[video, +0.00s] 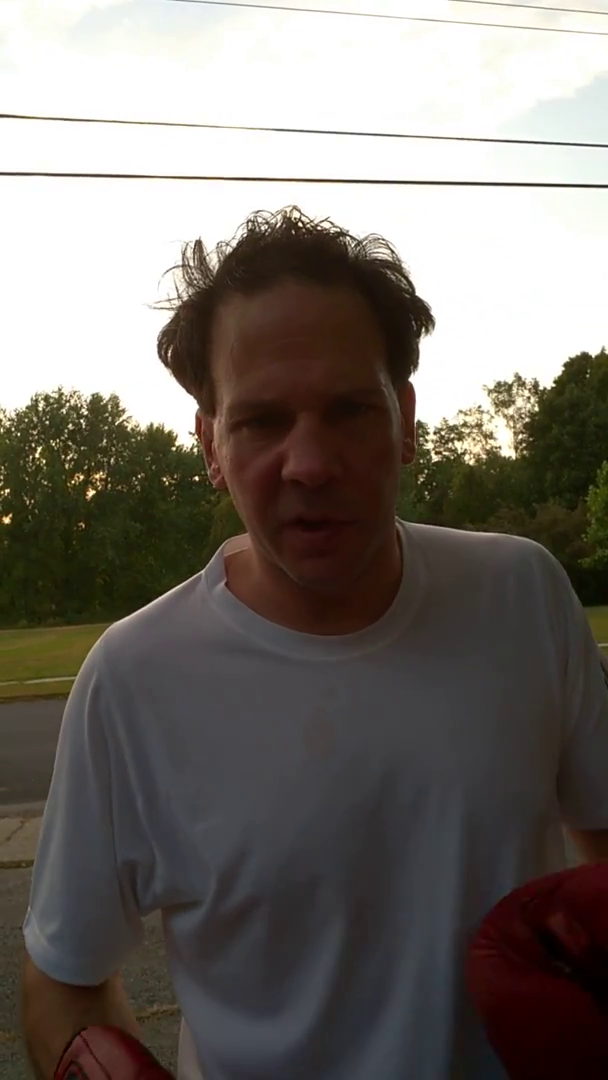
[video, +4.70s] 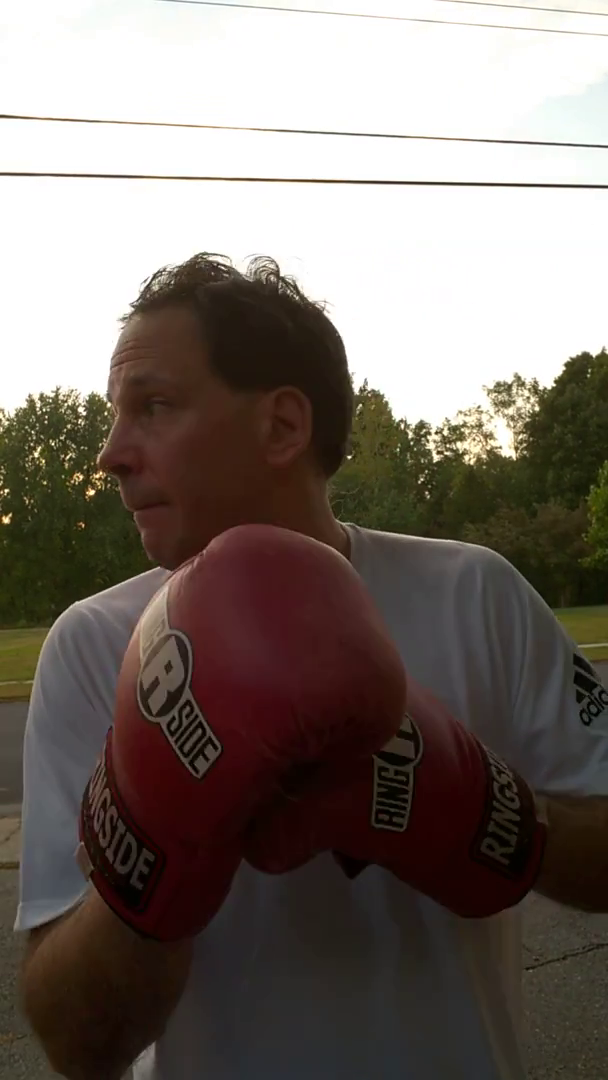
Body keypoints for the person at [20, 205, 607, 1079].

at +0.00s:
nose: (310, 463)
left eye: (349, 410)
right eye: (264, 420)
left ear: (405, 422)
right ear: (212, 447)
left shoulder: (524, 595)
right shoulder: (130, 680)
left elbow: (604, 833)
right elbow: (64, 977)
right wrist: (98, 1057)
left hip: (523, 1060)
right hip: (262, 1068)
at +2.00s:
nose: (300, 467)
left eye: (336, 418)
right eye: (255, 426)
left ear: (389, 423)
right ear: (201, 450)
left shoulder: (512, 600)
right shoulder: (125, 666)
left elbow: (605, 791)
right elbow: (53, 945)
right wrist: (111, 969)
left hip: (518, 1064)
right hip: (247, 1070)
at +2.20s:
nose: (389, 543)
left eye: (417, 489)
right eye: (339, 499)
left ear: (437, 446)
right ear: (231, 464)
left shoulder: (503, 601)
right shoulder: (126, 667)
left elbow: (601, 790)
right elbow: (43, 977)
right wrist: (75, 927)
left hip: (524, 1064)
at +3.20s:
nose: (304, 468)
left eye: (340, 415)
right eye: (260, 430)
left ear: (400, 418)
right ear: (219, 451)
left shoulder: (514, 606)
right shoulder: (138, 652)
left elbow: (596, 807)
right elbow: (47, 975)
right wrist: (99, 901)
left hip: (514, 1064)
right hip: (253, 1066)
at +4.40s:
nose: (237, 445)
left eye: (279, 396)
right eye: (206, 412)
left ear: (364, 421)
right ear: (188, 447)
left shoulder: (491, 601)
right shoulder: (116, 641)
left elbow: (607, 842)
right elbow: (81, 1036)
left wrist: (495, 818)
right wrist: (145, 865)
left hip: (486, 1061)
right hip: (228, 1069)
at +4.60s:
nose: (144, 451)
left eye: (186, 403)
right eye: (140, 416)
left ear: (314, 419)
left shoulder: (484, 597)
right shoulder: (104, 641)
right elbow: (91, 1038)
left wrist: (503, 813)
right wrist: (163, 868)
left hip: (469, 1060)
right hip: (215, 1068)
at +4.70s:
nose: (111, 456)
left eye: (154, 404)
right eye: (117, 415)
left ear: (283, 426)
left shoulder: (477, 599)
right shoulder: (94, 645)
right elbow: (78, 1043)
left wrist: (477, 816)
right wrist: (159, 834)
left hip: (460, 1062)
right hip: (210, 1068)